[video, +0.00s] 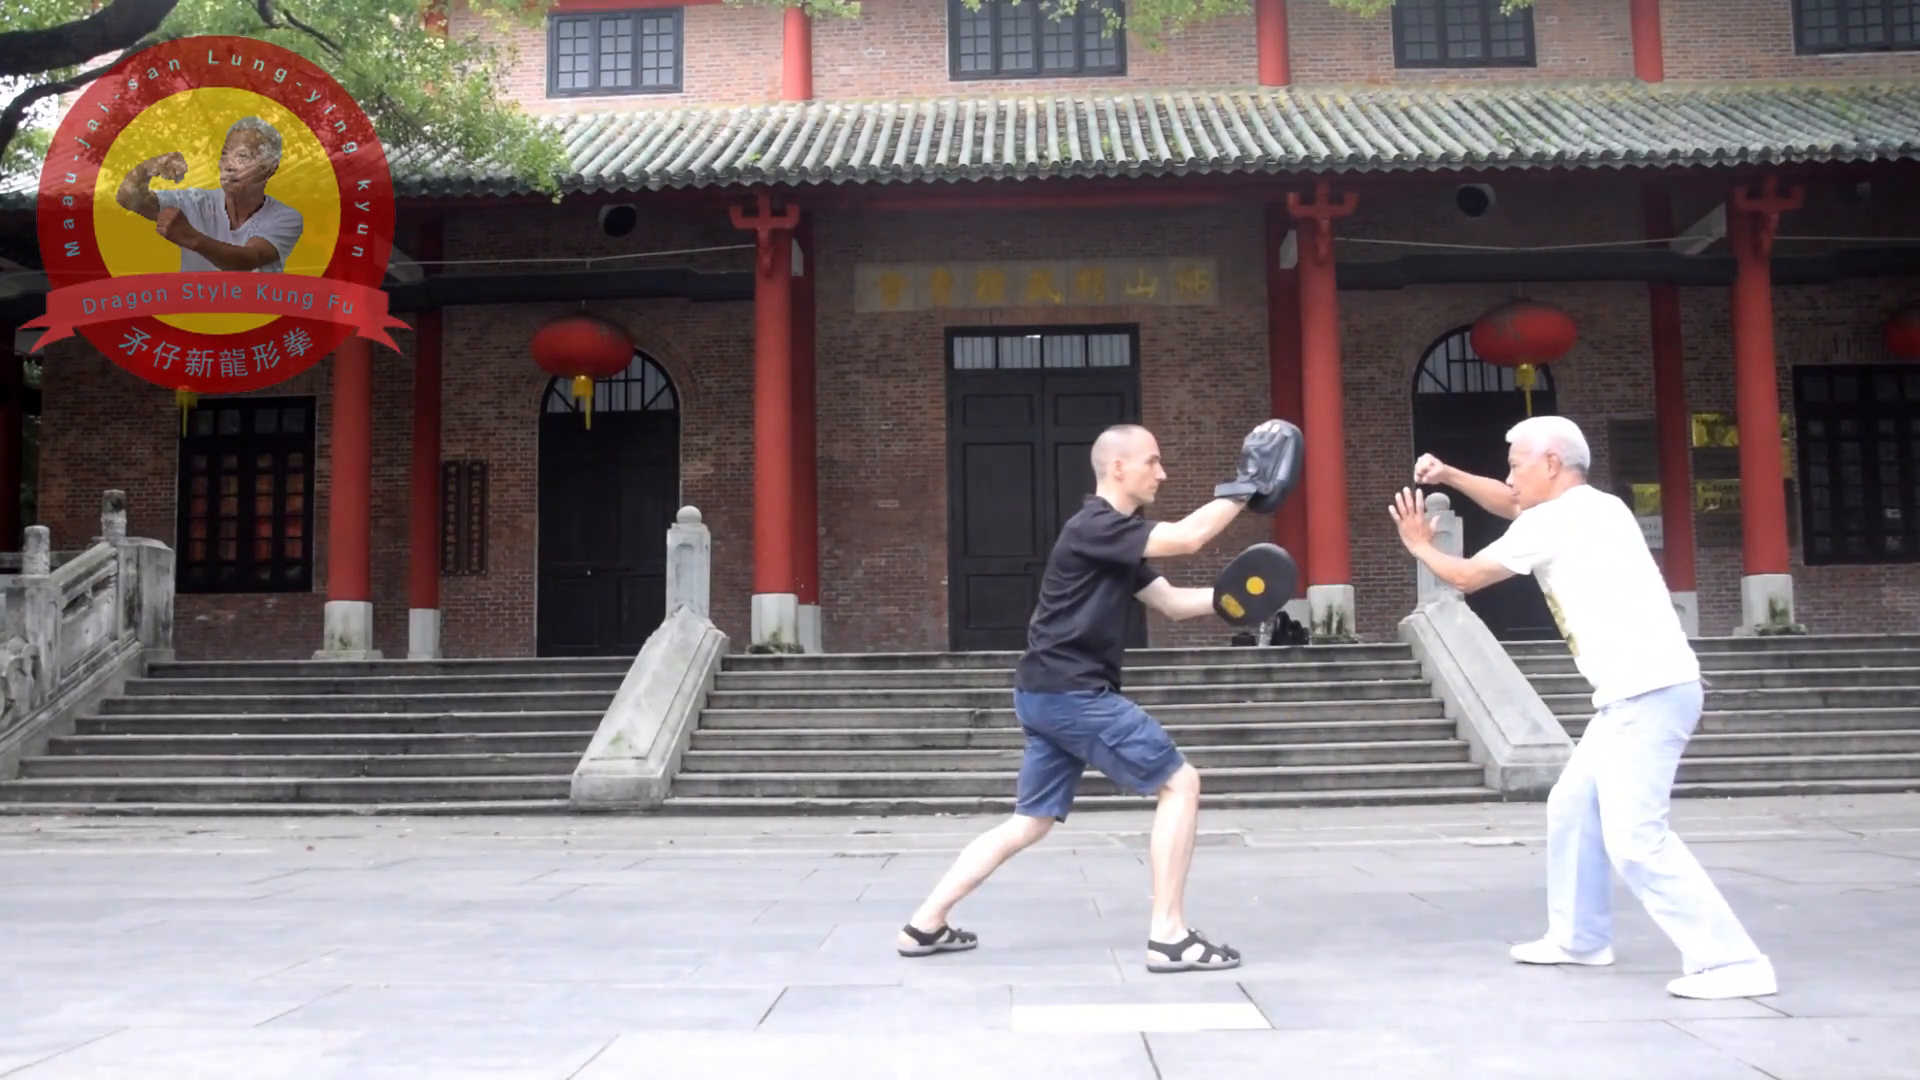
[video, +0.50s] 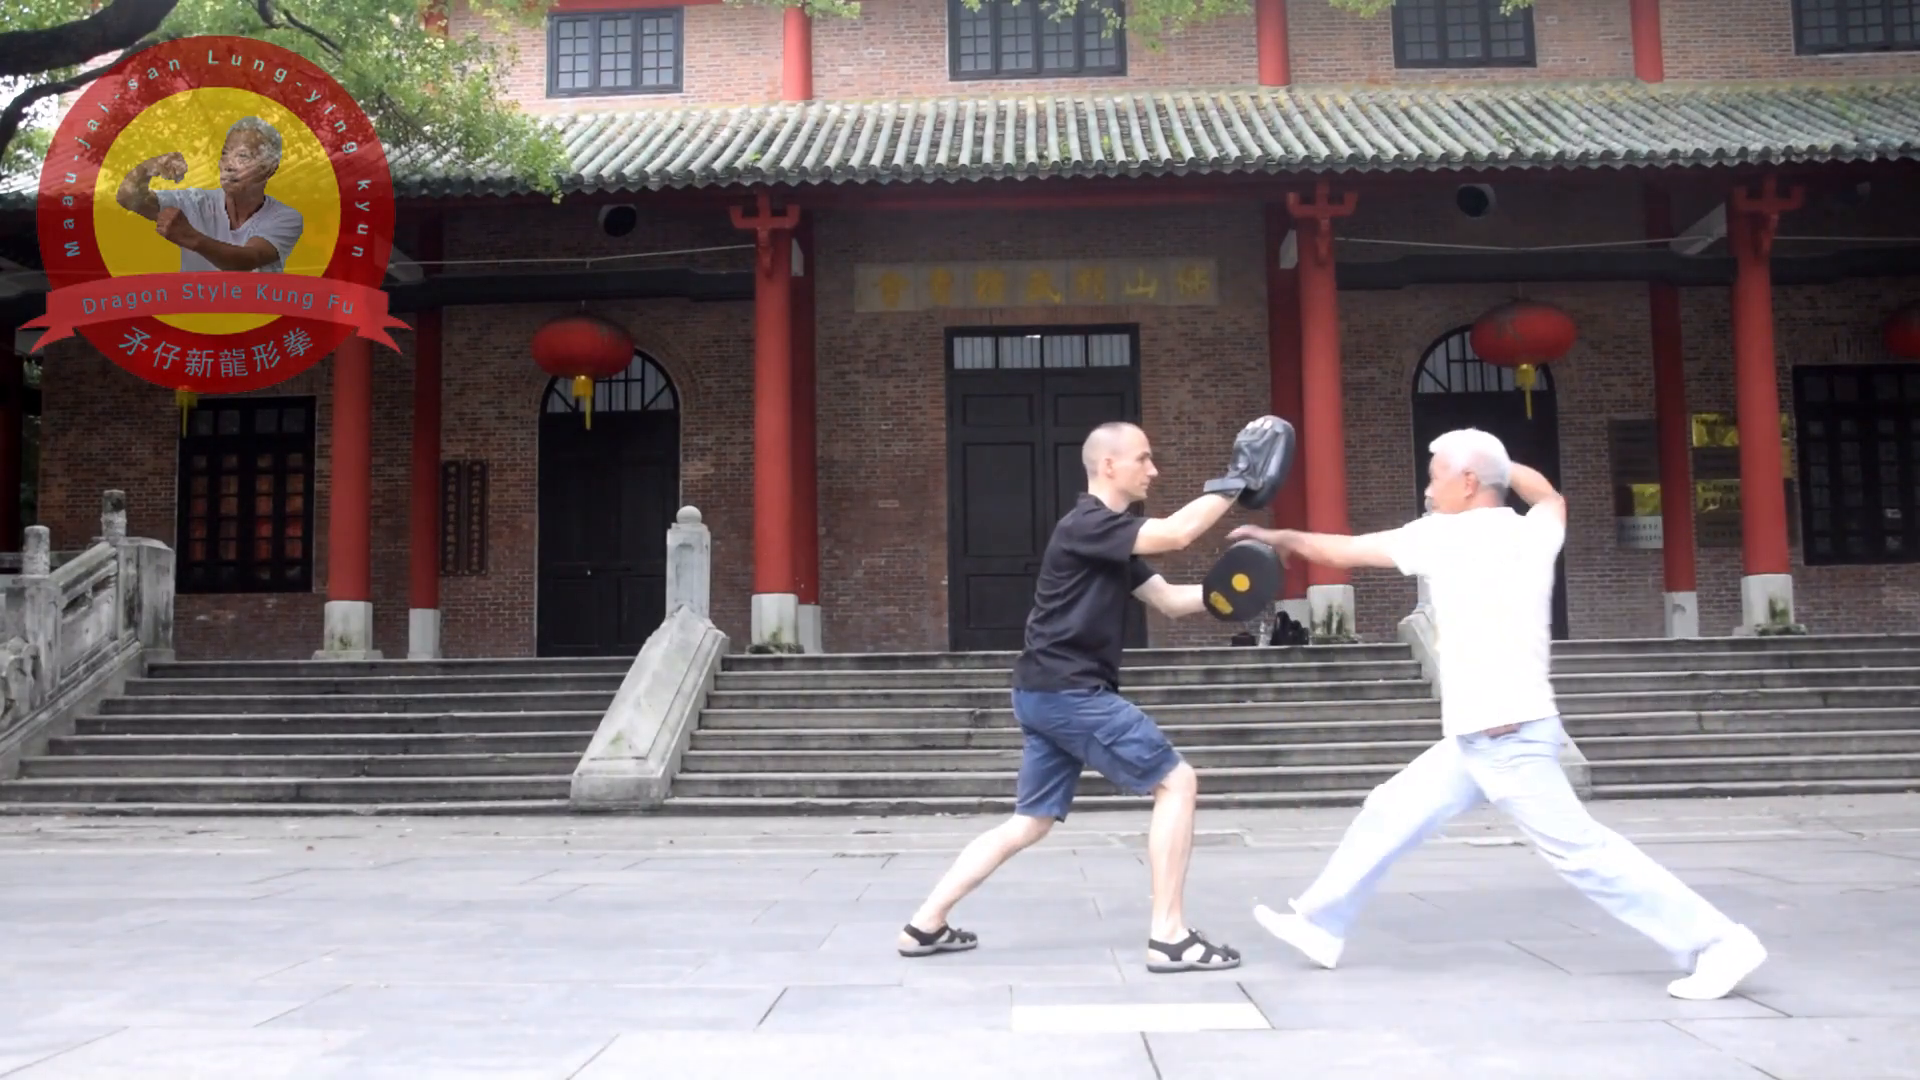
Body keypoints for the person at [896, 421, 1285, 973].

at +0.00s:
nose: (1161, 473)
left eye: (1160, 462)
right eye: (1152, 462)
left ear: (1119, 470)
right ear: (1117, 468)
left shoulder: (1109, 532)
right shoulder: (1096, 525)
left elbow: (1170, 600)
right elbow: (1188, 537)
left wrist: (1242, 596)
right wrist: (1246, 485)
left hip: (1046, 691)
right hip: (1070, 690)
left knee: (1030, 822)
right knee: (1180, 784)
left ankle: (925, 923)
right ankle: (1169, 936)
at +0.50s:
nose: (1154, 469)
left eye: (1152, 459)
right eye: (1144, 459)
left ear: (1111, 468)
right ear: (1108, 465)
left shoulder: (1107, 532)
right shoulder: (1088, 522)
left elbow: (1167, 598)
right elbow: (1176, 533)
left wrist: (1239, 591)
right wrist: (1237, 481)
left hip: (1045, 689)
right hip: (1066, 688)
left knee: (1030, 822)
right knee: (1177, 783)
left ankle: (925, 924)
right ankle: (1169, 935)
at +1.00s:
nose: (1103, 448)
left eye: (1103, 439)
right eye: (1092, 439)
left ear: (1073, 448)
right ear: (1057, 445)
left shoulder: (1091, 515)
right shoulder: (1034, 504)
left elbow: (1134, 567)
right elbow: (1088, 522)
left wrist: (1183, 583)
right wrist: (1148, 467)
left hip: (1044, 678)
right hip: (1048, 678)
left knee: (1012, 810)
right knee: (1151, 781)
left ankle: (921, 924)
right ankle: (1166, 934)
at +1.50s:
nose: (1037, 464)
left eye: (1037, 453)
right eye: (1027, 453)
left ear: (1004, 460)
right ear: (991, 458)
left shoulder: (1005, 528)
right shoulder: (962, 518)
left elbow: (1041, 581)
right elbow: (1002, 598)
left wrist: (1100, 572)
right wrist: (1081, 581)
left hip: (979, 682)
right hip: (944, 682)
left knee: (1019, 803)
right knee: (1041, 768)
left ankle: (943, 917)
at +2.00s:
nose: (923, 468)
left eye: (923, 458)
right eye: (913, 458)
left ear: (891, 466)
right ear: (877, 464)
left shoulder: (895, 536)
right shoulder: (843, 527)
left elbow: (962, 569)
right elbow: (899, 603)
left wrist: (1021, 528)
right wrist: (979, 611)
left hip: (871, 695)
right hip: (817, 697)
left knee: (930, 792)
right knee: (801, 829)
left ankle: (934, 924)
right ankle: (712, 930)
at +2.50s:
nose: (916, 466)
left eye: (914, 456)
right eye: (905, 455)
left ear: (879, 464)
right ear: (869, 462)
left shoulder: (884, 530)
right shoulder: (841, 525)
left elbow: (954, 564)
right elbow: (904, 601)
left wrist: (1013, 524)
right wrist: (983, 603)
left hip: (867, 695)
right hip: (816, 696)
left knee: (929, 789)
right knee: (802, 827)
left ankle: (934, 924)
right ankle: (712, 929)